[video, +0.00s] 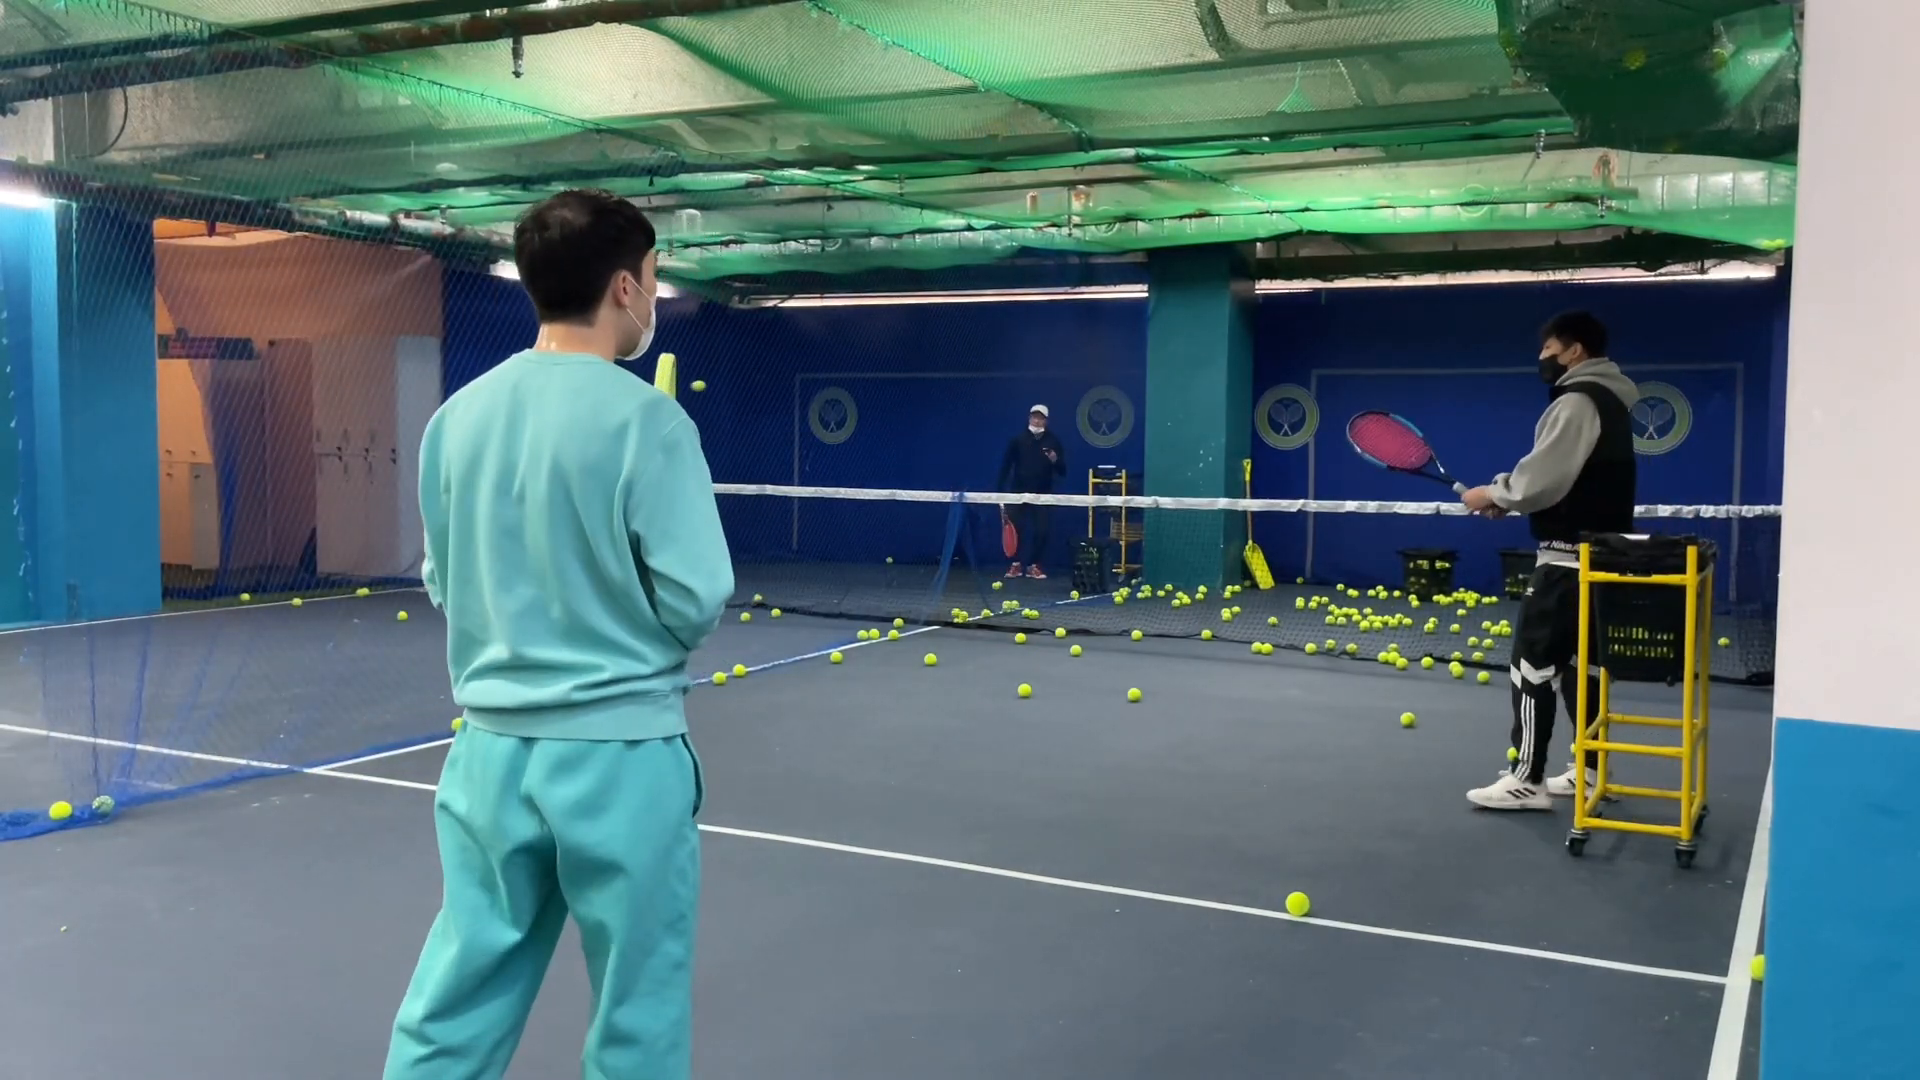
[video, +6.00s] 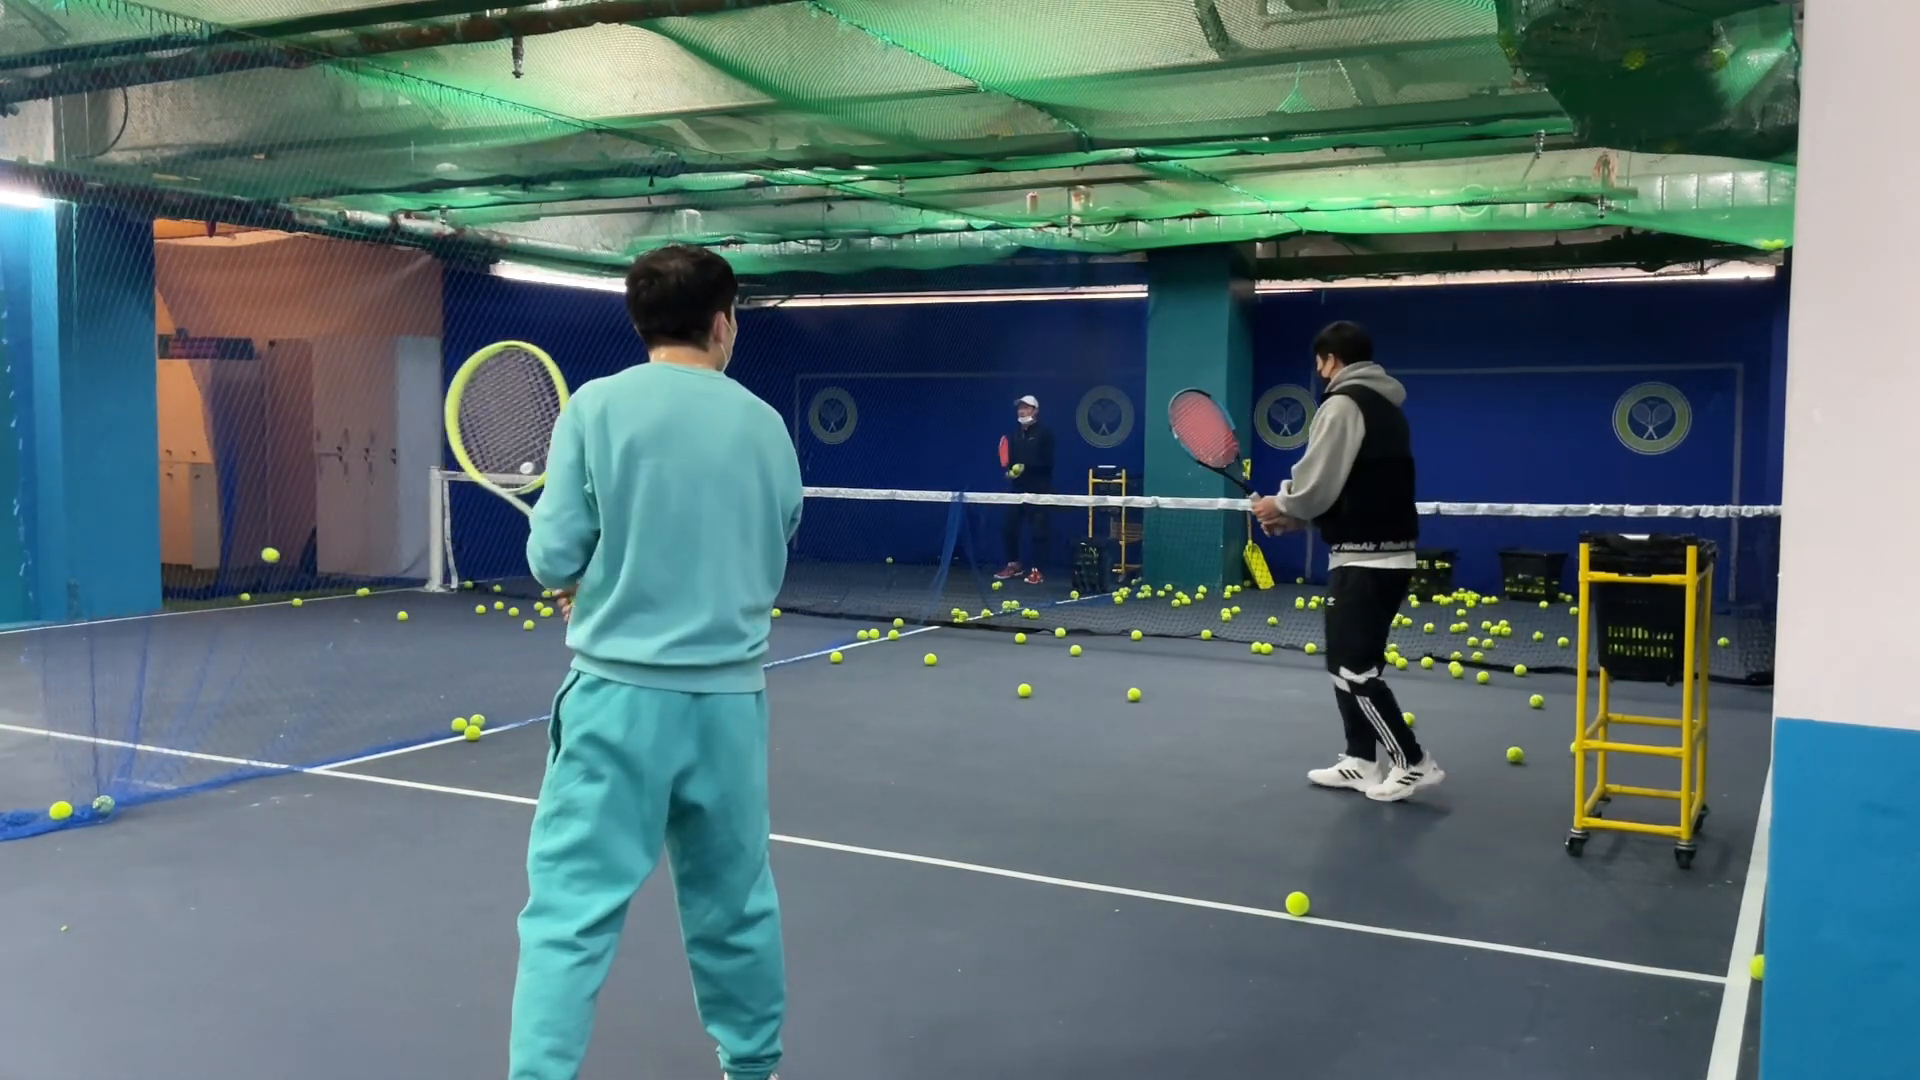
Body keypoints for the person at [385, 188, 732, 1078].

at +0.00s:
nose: (656, 293)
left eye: (653, 273)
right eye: (650, 274)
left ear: (538, 287)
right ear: (619, 286)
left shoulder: (454, 418)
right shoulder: (647, 418)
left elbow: (444, 581)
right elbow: (697, 589)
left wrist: (532, 633)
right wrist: (639, 649)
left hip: (485, 761)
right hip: (621, 764)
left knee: (453, 1012)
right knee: (640, 1019)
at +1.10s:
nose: (640, 295)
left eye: (638, 276)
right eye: (636, 277)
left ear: (526, 292)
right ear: (606, 289)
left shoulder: (443, 410)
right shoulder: (656, 417)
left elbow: (414, 576)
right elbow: (673, 587)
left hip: (468, 760)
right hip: (610, 767)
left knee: (438, 1010)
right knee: (641, 1018)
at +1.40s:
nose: (707, 300)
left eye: (705, 283)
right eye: (704, 283)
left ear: (599, 293)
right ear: (681, 290)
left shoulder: (516, 400)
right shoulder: (730, 413)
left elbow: (457, 565)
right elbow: (713, 534)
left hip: (541, 745)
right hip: (680, 748)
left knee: (492, 988)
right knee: (665, 1002)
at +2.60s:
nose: (739, 335)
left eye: (738, 322)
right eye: (737, 322)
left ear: (639, 328)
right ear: (722, 326)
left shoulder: (608, 405)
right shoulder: (748, 419)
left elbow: (596, 550)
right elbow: (685, 556)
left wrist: (484, 549)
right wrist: (520, 577)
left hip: (629, 716)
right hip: (740, 714)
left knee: (566, 927)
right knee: (737, 905)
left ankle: (545, 1071)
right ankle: (757, 1064)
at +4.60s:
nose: (733, 339)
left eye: (728, 326)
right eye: (732, 327)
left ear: (639, 332)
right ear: (717, 331)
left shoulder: (615, 399)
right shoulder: (749, 419)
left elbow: (624, 533)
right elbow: (725, 561)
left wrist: (538, 620)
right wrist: (568, 630)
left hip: (637, 699)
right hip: (740, 703)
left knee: (569, 910)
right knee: (736, 897)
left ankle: (537, 1069)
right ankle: (754, 1064)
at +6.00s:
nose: (735, 328)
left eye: (732, 315)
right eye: (734, 316)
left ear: (639, 325)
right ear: (721, 322)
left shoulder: (592, 409)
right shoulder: (766, 425)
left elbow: (555, 555)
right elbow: (769, 548)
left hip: (615, 704)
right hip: (731, 707)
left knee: (570, 909)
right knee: (734, 900)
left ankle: (540, 1069)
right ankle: (750, 1064)